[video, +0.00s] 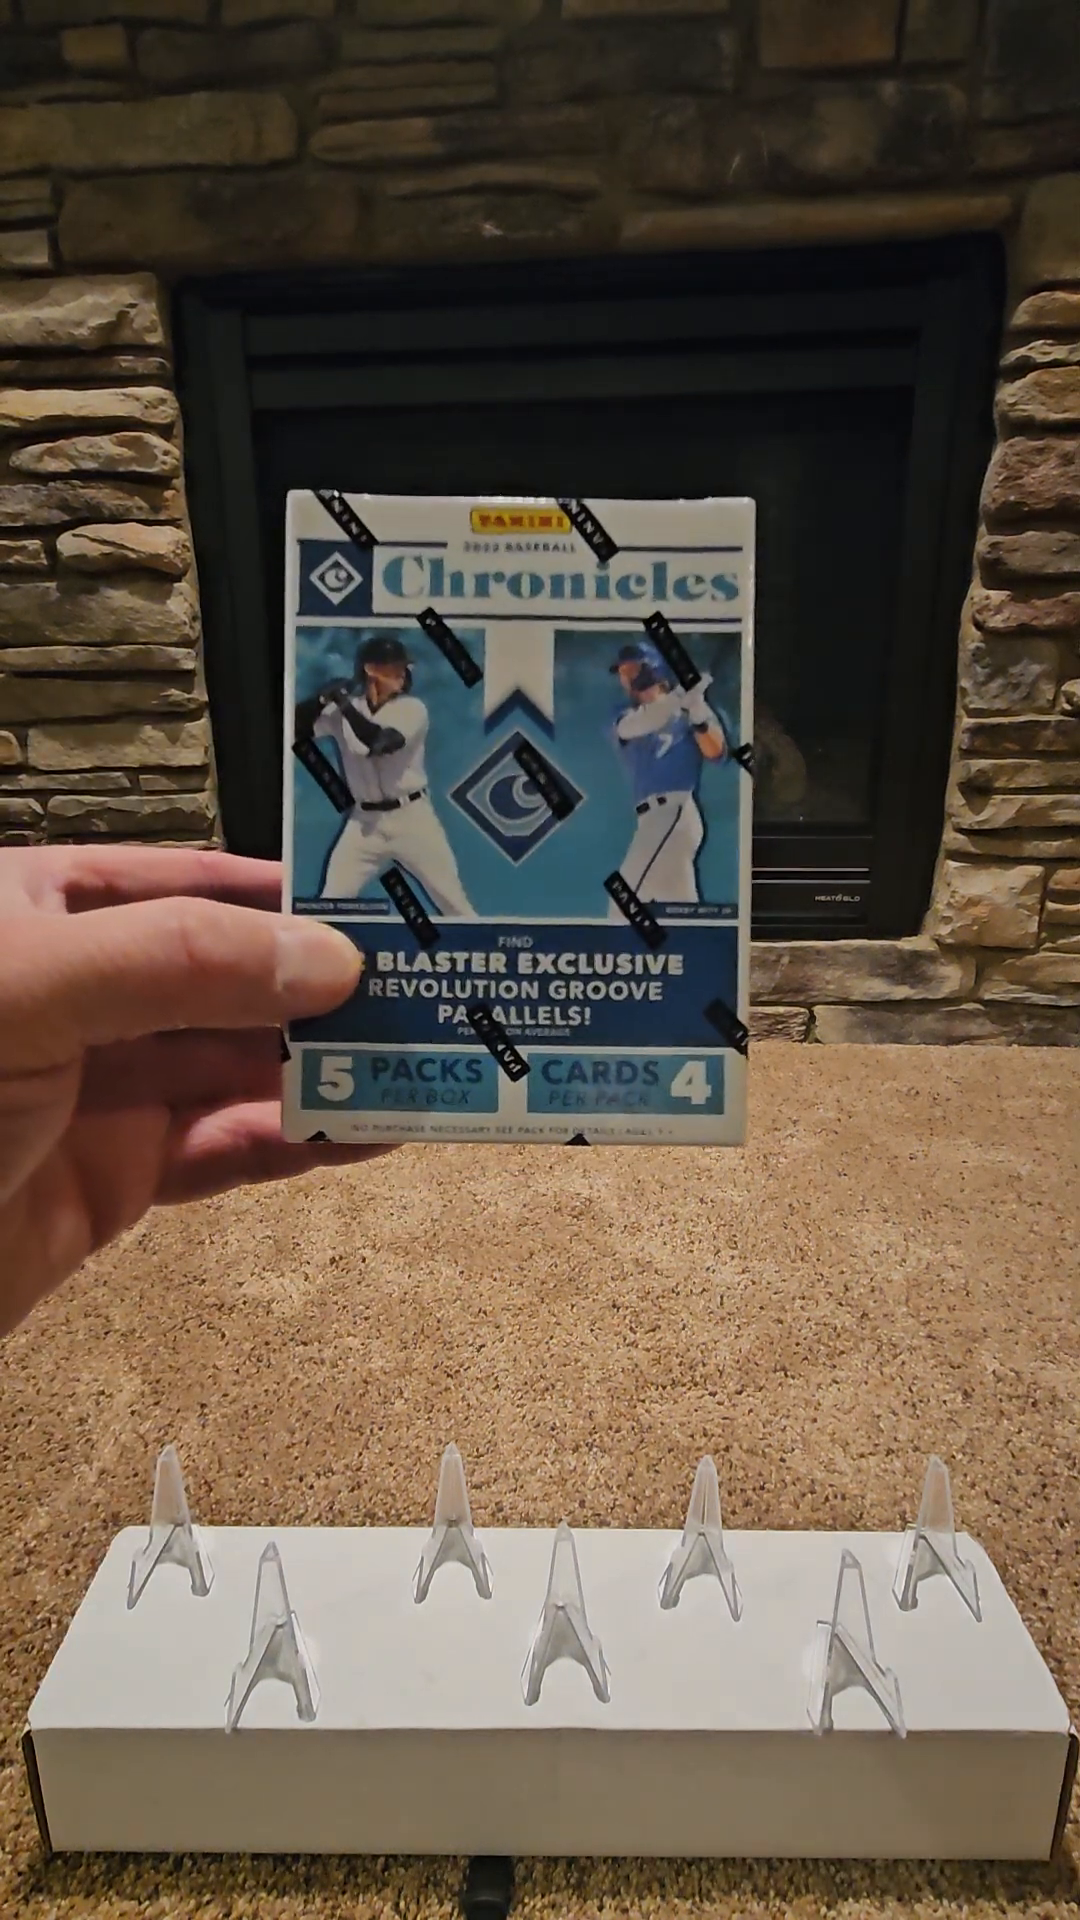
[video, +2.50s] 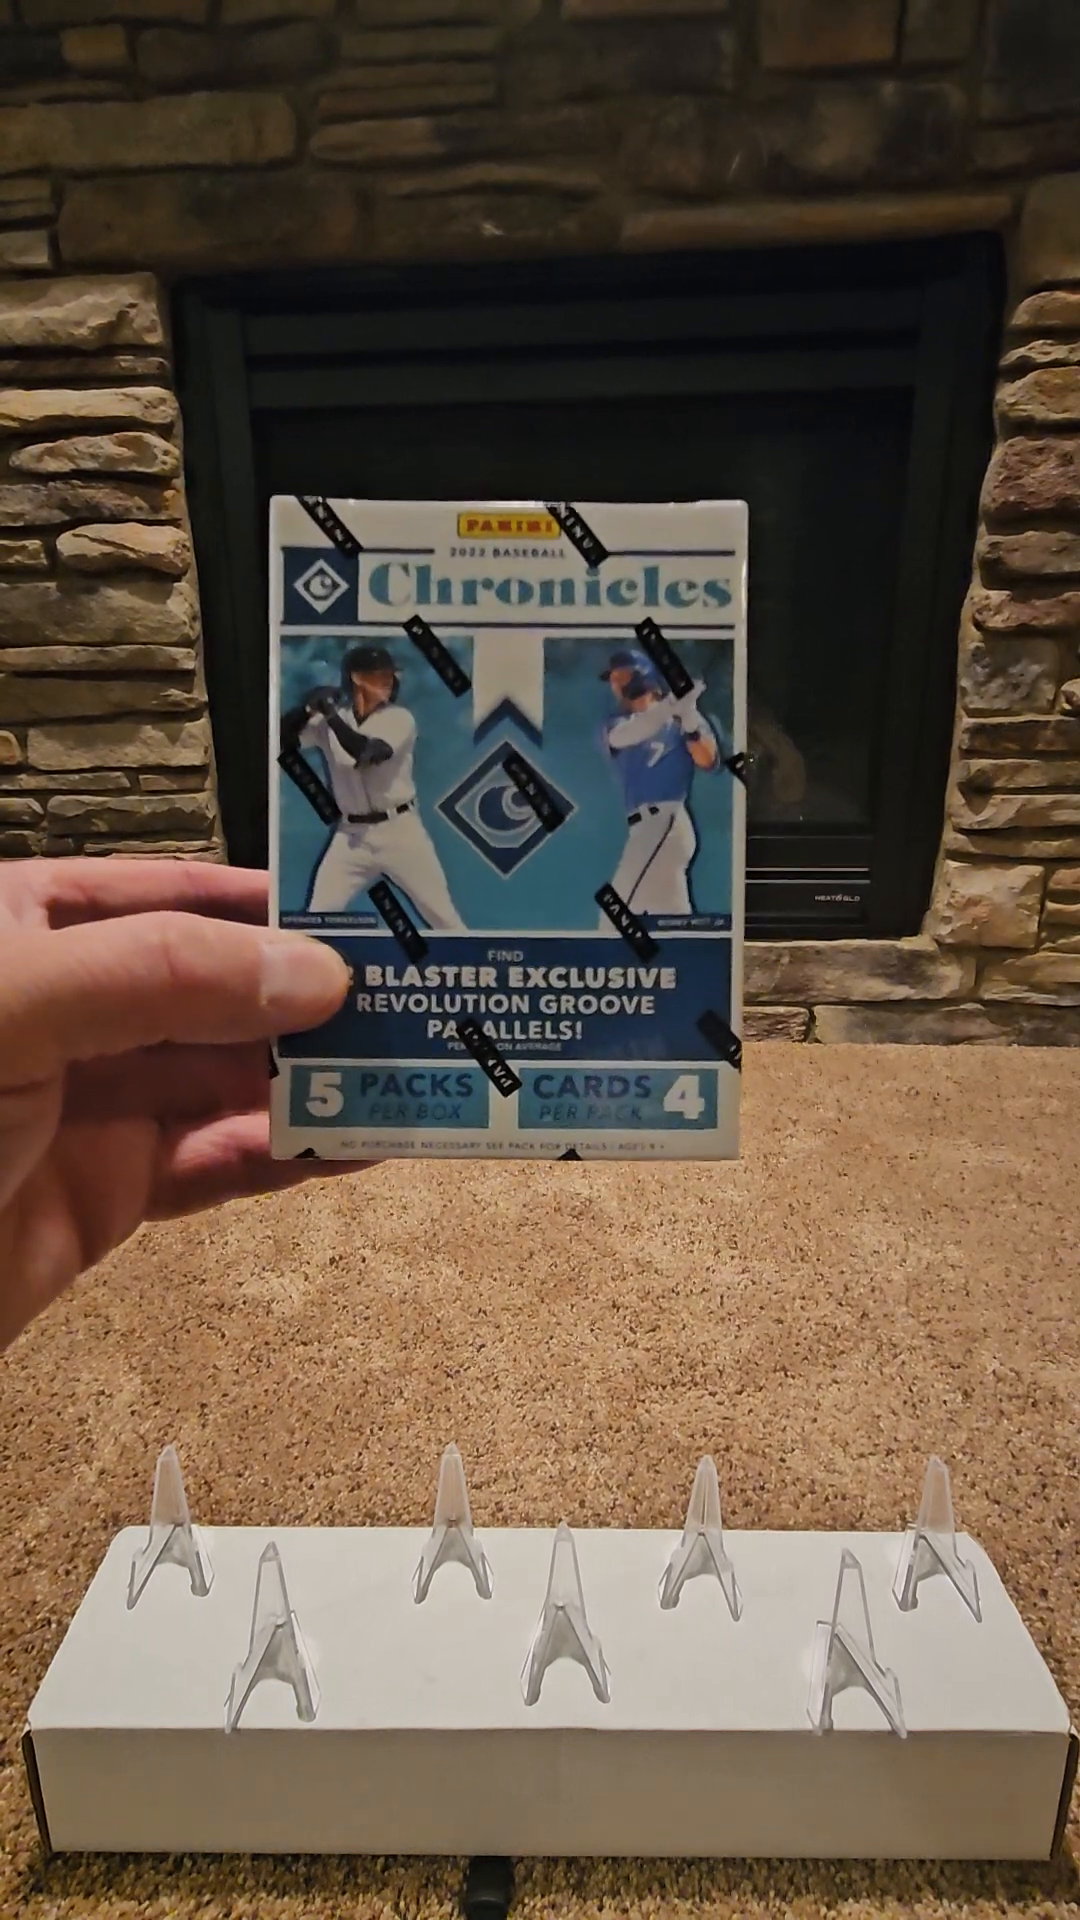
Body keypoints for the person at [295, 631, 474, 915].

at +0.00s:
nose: (402, 673)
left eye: (403, 667)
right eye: (394, 666)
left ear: (404, 671)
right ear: (371, 670)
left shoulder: (411, 709)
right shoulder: (341, 712)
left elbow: (377, 743)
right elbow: (293, 730)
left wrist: (343, 703)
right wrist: (321, 700)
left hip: (413, 819)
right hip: (364, 823)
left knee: (454, 903)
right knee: (332, 905)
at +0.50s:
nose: (396, 686)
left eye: (397, 680)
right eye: (388, 680)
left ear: (400, 685)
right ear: (365, 686)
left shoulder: (406, 725)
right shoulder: (335, 730)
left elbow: (373, 760)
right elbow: (288, 746)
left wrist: (338, 719)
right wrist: (313, 716)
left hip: (406, 836)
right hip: (357, 840)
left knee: (449, 922)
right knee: (325, 922)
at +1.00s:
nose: (392, 696)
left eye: (393, 690)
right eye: (384, 690)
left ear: (396, 694)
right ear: (361, 695)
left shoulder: (402, 734)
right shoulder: (331, 738)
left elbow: (369, 769)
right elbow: (285, 755)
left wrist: (334, 729)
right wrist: (311, 725)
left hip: (403, 845)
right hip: (354, 849)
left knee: (444, 929)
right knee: (322, 930)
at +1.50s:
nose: (392, 693)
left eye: (393, 687)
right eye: (384, 687)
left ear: (396, 692)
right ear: (361, 693)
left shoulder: (402, 731)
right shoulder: (332, 736)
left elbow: (371, 766)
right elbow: (288, 752)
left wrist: (333, 727)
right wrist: (310, 722)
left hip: (403, 844)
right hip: (354, 847)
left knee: (444, 927)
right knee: (321, 929)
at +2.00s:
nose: (387, 679)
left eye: (388, 673)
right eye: (379, 673)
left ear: (391, 678)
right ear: (355, 679)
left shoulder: (397, 718)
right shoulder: (326, 722)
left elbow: (364, 753)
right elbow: (281, 735)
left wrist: (327, 714)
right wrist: (306, 708)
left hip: (399, 831)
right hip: (350, 835)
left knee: (441, 916)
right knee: (318, 917)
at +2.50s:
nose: (390, 679)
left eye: (390, 673)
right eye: (381, 673)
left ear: (393, 679)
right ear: (357, 678)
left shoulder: (399, 718)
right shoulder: (327, 723)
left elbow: (366, 754)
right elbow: (282, 740)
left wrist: (330, 714)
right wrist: (306, 710)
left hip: (401, 832)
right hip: (351, 836)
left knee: (444, 918)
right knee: (319, 920)